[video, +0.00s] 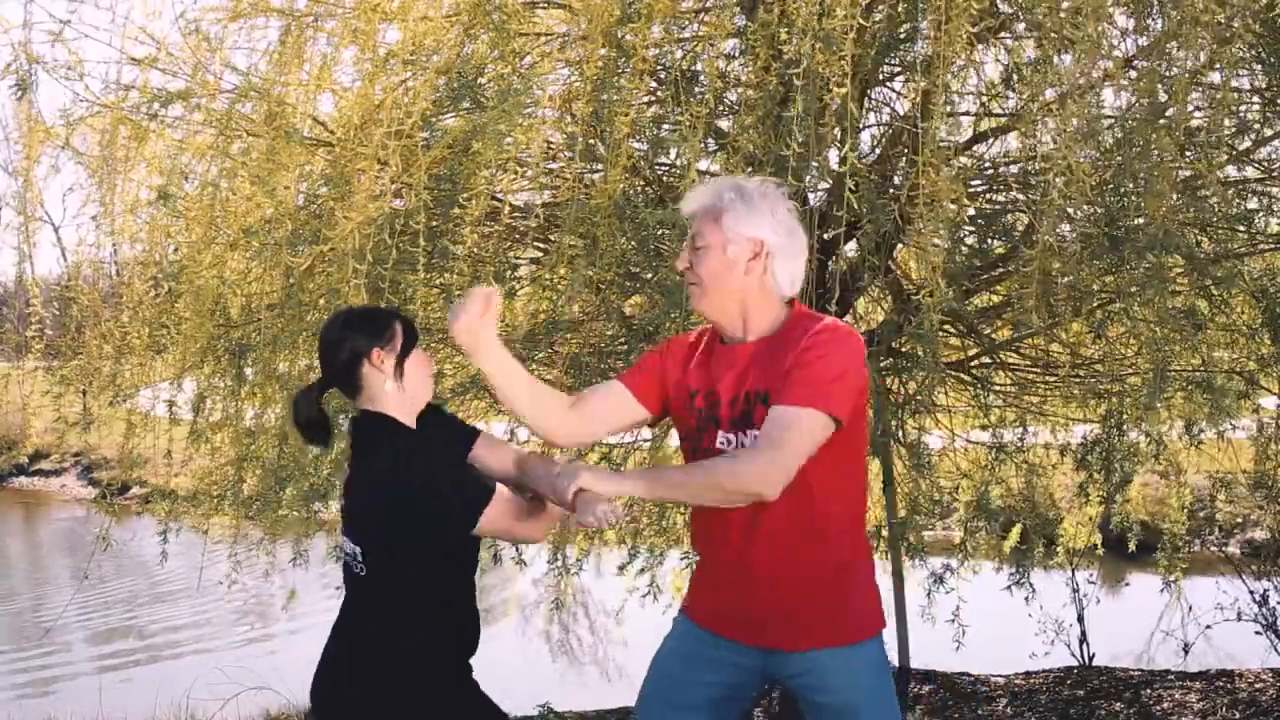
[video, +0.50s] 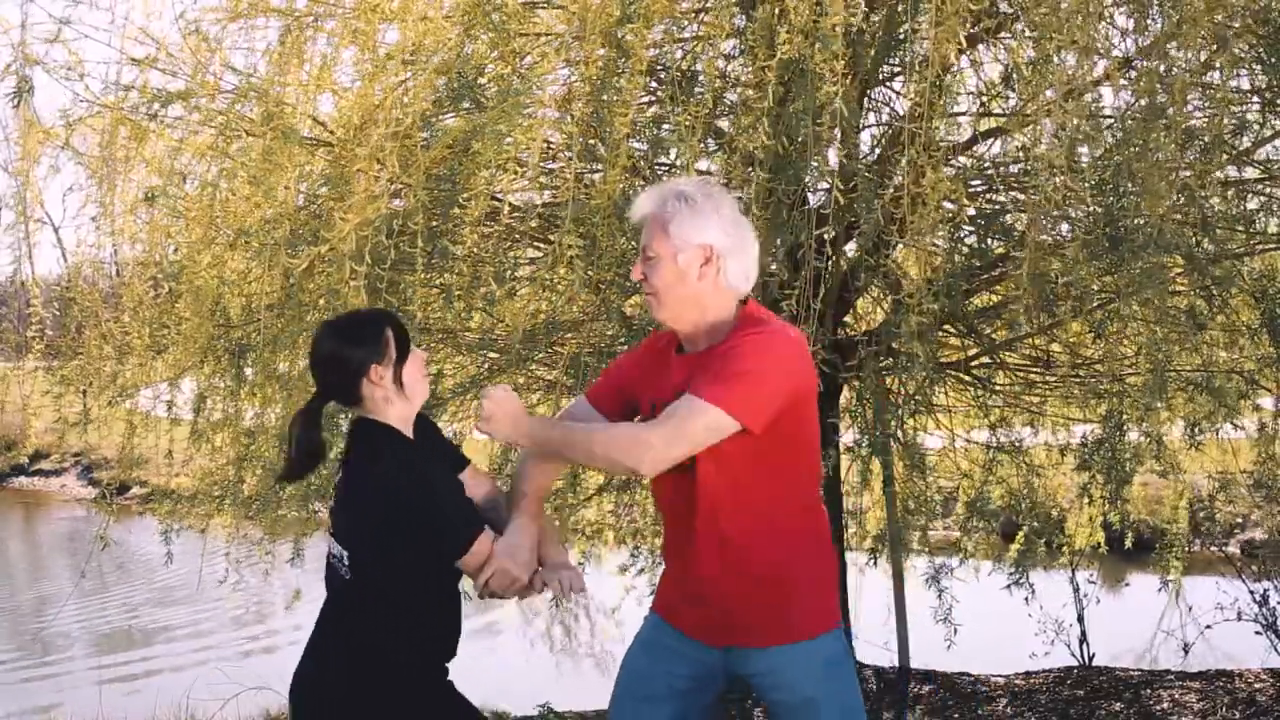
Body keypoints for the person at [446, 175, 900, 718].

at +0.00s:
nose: (681, 263)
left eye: (697, 246)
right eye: (686, 247)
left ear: (753, 256)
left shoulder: (829, 346)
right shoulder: (683, 360)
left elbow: (763, 474)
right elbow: (566, 420)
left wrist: (623, 483)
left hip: (834, 640)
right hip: (712, 632)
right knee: (657, 712)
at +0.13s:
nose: (660, 266)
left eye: (677, 249)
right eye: (664, 251)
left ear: (736, 255)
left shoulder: (812, 344)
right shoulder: (663, 364)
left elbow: (773, 484)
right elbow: (561, 453)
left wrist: (631, 526)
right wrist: (526, 385)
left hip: (821, 637)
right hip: (698, 633)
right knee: (641, 710)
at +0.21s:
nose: (649, 270)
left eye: (665, 253)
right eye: (653, 253)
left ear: (723, 257)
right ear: (716, 259)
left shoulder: (805, 349)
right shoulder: (658, 365)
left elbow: (797, 494)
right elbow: (555, 445)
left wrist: (657, 496)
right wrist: (557, 350)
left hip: (818, 640)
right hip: (697, 635)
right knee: (639, 709)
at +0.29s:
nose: (638, 272)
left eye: (653, 255)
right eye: (642, 256)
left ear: (710, 258)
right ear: (705, 260)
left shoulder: (796, 353)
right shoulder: (654, 359)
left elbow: (800, 499)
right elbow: (548, 423)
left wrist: (689, 438)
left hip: (807, 646)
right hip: (689, 635)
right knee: (637, 709)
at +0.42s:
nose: (637, 271)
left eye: (652, 253)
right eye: (640, 255)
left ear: (708, 257)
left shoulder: (779, 350)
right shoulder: (655, 353)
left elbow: (650, 448)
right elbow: (553, 435)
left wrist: (529, 418)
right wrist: (521, 525)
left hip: (796, 631)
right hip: (681, 625)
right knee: (631, 711)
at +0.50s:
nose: (636, 274)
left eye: (650, 257)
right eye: (640, 259)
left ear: (706, 262)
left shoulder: (773, 349)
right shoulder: (654, 357)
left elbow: (648, 452)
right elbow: (554, 440)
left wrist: (525, 429)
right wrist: (523, 528)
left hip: (795, 634)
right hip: (680, 627)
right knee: (631, 711)